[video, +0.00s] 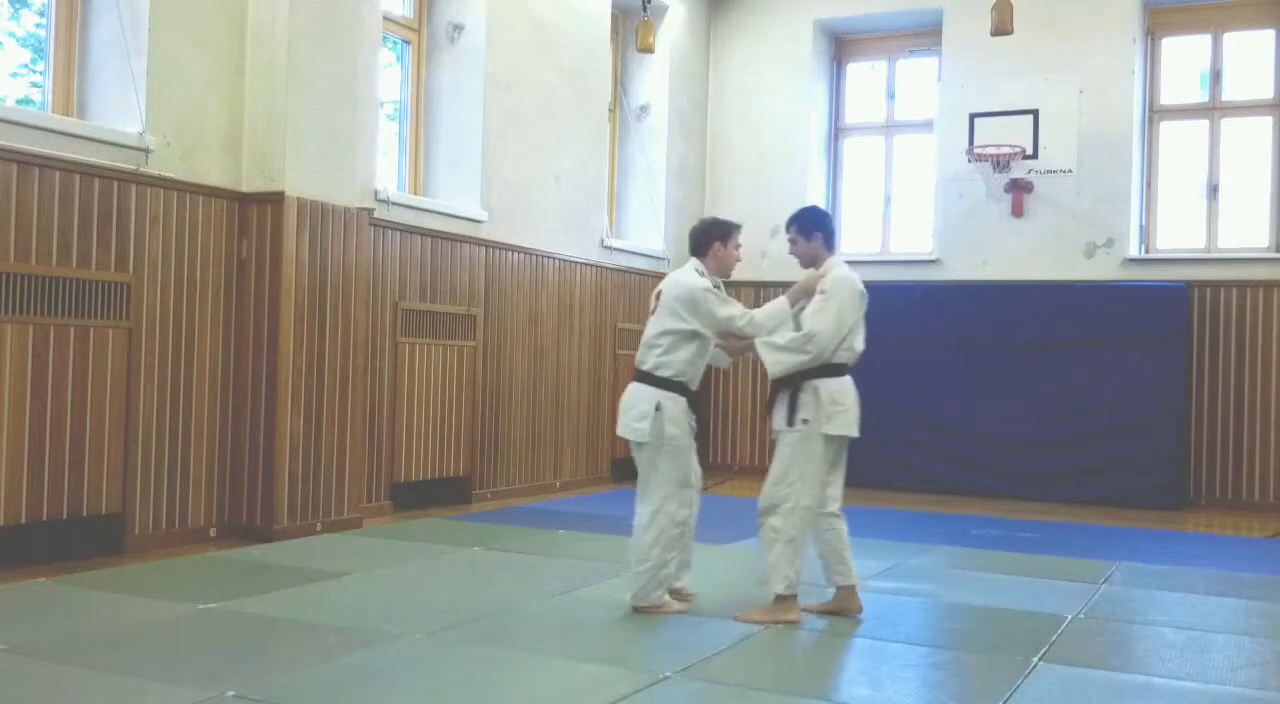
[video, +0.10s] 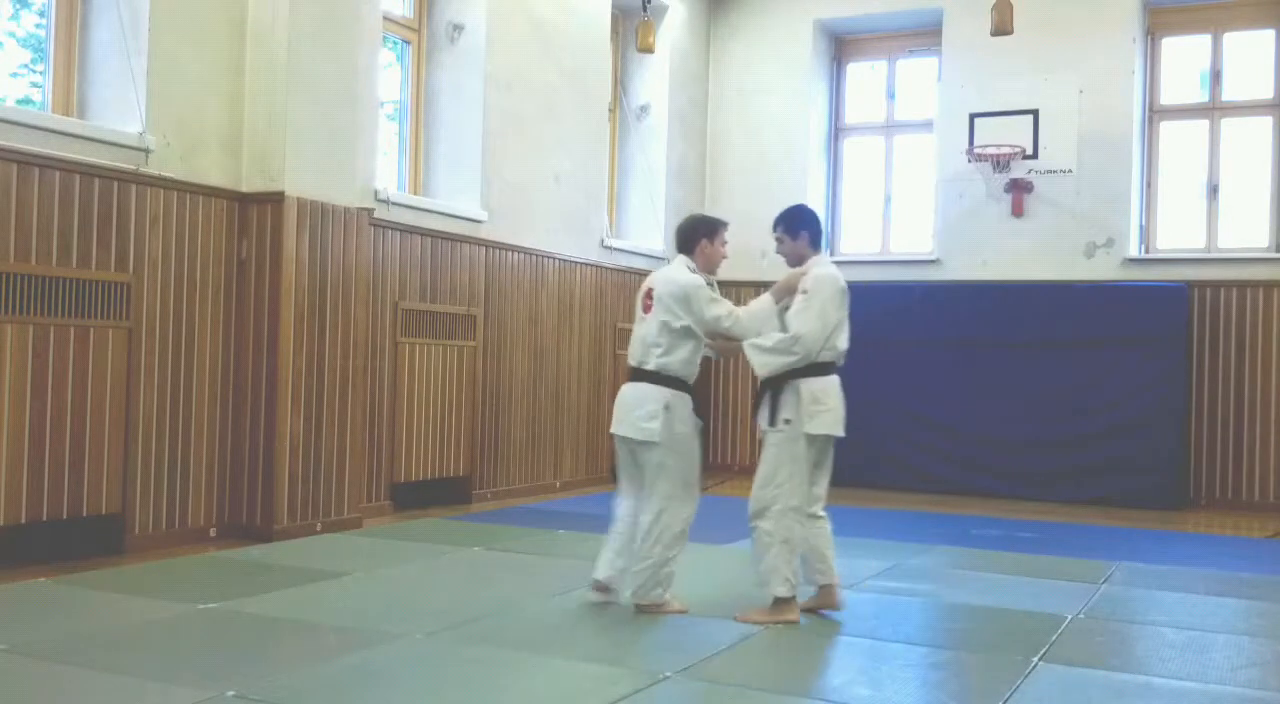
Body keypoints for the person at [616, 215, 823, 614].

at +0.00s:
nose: (740, 256)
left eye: (739, 247)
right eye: (735, 247)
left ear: (710, 249)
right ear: (714, 248)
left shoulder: (688, 282)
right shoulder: (692, 285)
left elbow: (696, 348)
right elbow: (746, 324)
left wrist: (735, 349)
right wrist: (795, 297)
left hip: (668, 401)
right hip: (658, 403)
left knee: (684, 490)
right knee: (670, 494)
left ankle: (669, 580)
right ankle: (647, 594)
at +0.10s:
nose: (726, 253)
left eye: (726, 245)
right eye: (722, 245)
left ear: (689, 245)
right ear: (701, 245)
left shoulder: (656, 279)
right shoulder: (690, 284)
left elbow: (707, 342)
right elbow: (737, 325)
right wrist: (779, 293)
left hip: (632, 398)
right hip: (666, 403)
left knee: (632, 494)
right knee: (675, 497)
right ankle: (650, 592)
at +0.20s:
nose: (705, 253)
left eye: (705, 246)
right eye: (703, 246)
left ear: (666, 245)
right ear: (685, 246)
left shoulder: (635, 281)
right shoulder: (685, 282)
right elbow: (723, 315)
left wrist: (701, 336)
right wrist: (762, 285)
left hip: (630, 402)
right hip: (676, 405)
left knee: (609, 493)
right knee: (710, 485)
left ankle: (588, 580)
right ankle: (674, 568)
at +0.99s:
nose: (687, 268)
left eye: (687, 261)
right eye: (682, 260)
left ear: (654, 256)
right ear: (658, 256)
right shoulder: (647, 277)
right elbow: (699, 280)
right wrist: (725, 262)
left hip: (590, 407)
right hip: (624, 406)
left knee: (600, 504)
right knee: (663, 495)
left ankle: (580, 589)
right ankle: (641, 587)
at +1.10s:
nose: (676, 245)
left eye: (677, 238)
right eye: (666, 239)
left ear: (680, 245)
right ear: (643, 245)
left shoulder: (683, 294)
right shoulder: (618, 275)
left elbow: (692, 360)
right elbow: (639, 261)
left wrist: (723, 347)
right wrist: (692, 248)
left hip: (649, 406)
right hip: (609, 401)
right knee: (639, 499)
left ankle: (590, 549)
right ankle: (639, 591)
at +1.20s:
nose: (638, 230)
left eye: (647, 224)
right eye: (631, 223)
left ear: (662, 229)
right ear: (619, 228)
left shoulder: (677, 269)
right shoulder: (601, 271)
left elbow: (690, 335)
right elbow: (596, 263)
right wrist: (664, 248)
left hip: (656, 397)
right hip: (606, 397)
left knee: (647, 488)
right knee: (609, 498)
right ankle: (655, 575)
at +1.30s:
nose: (605, 248)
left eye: (613, 240)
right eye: (603, 240)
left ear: (638, 241)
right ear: (605, 243)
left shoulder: (662, 274)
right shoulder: (607, 280)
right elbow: (586, 283)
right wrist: (651, 254)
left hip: (659, 395)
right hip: (630, 396)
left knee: (600, 478)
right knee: (630, 490)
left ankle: (674, 547)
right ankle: (694, 563)